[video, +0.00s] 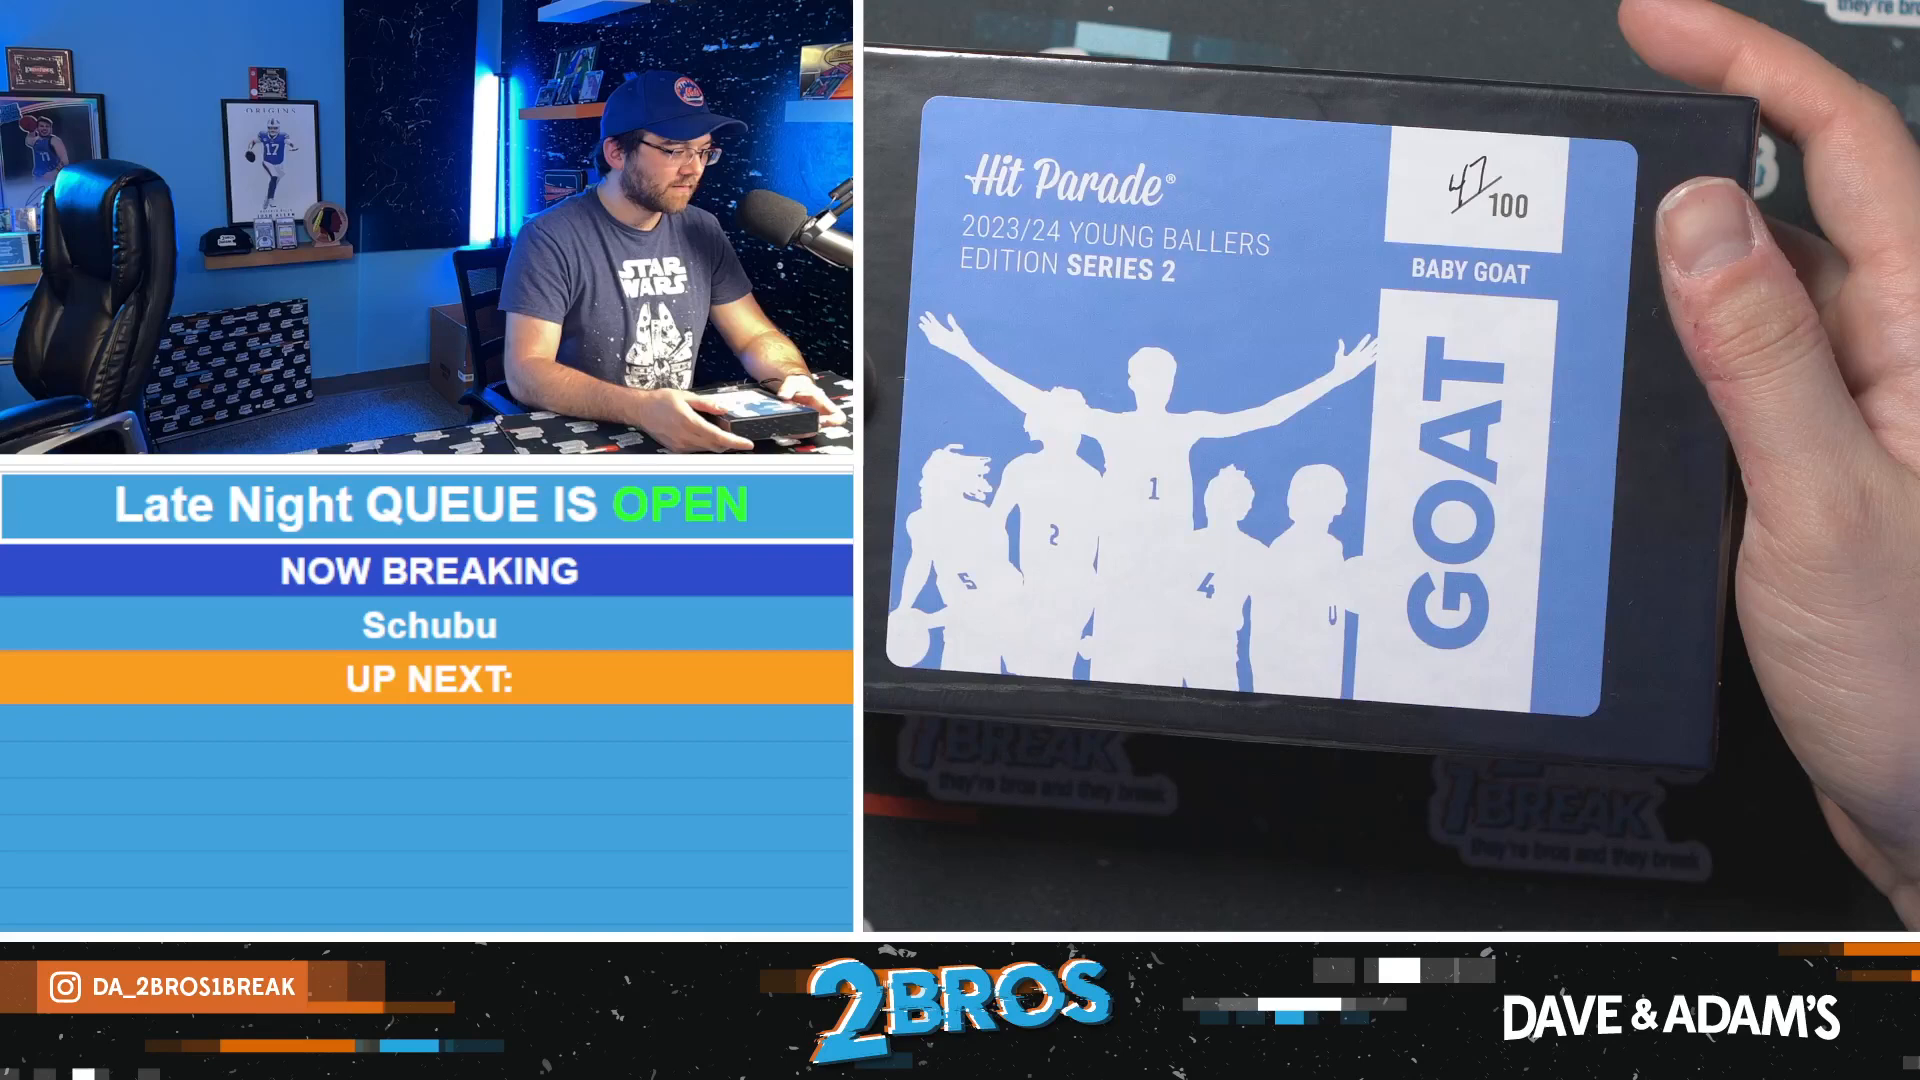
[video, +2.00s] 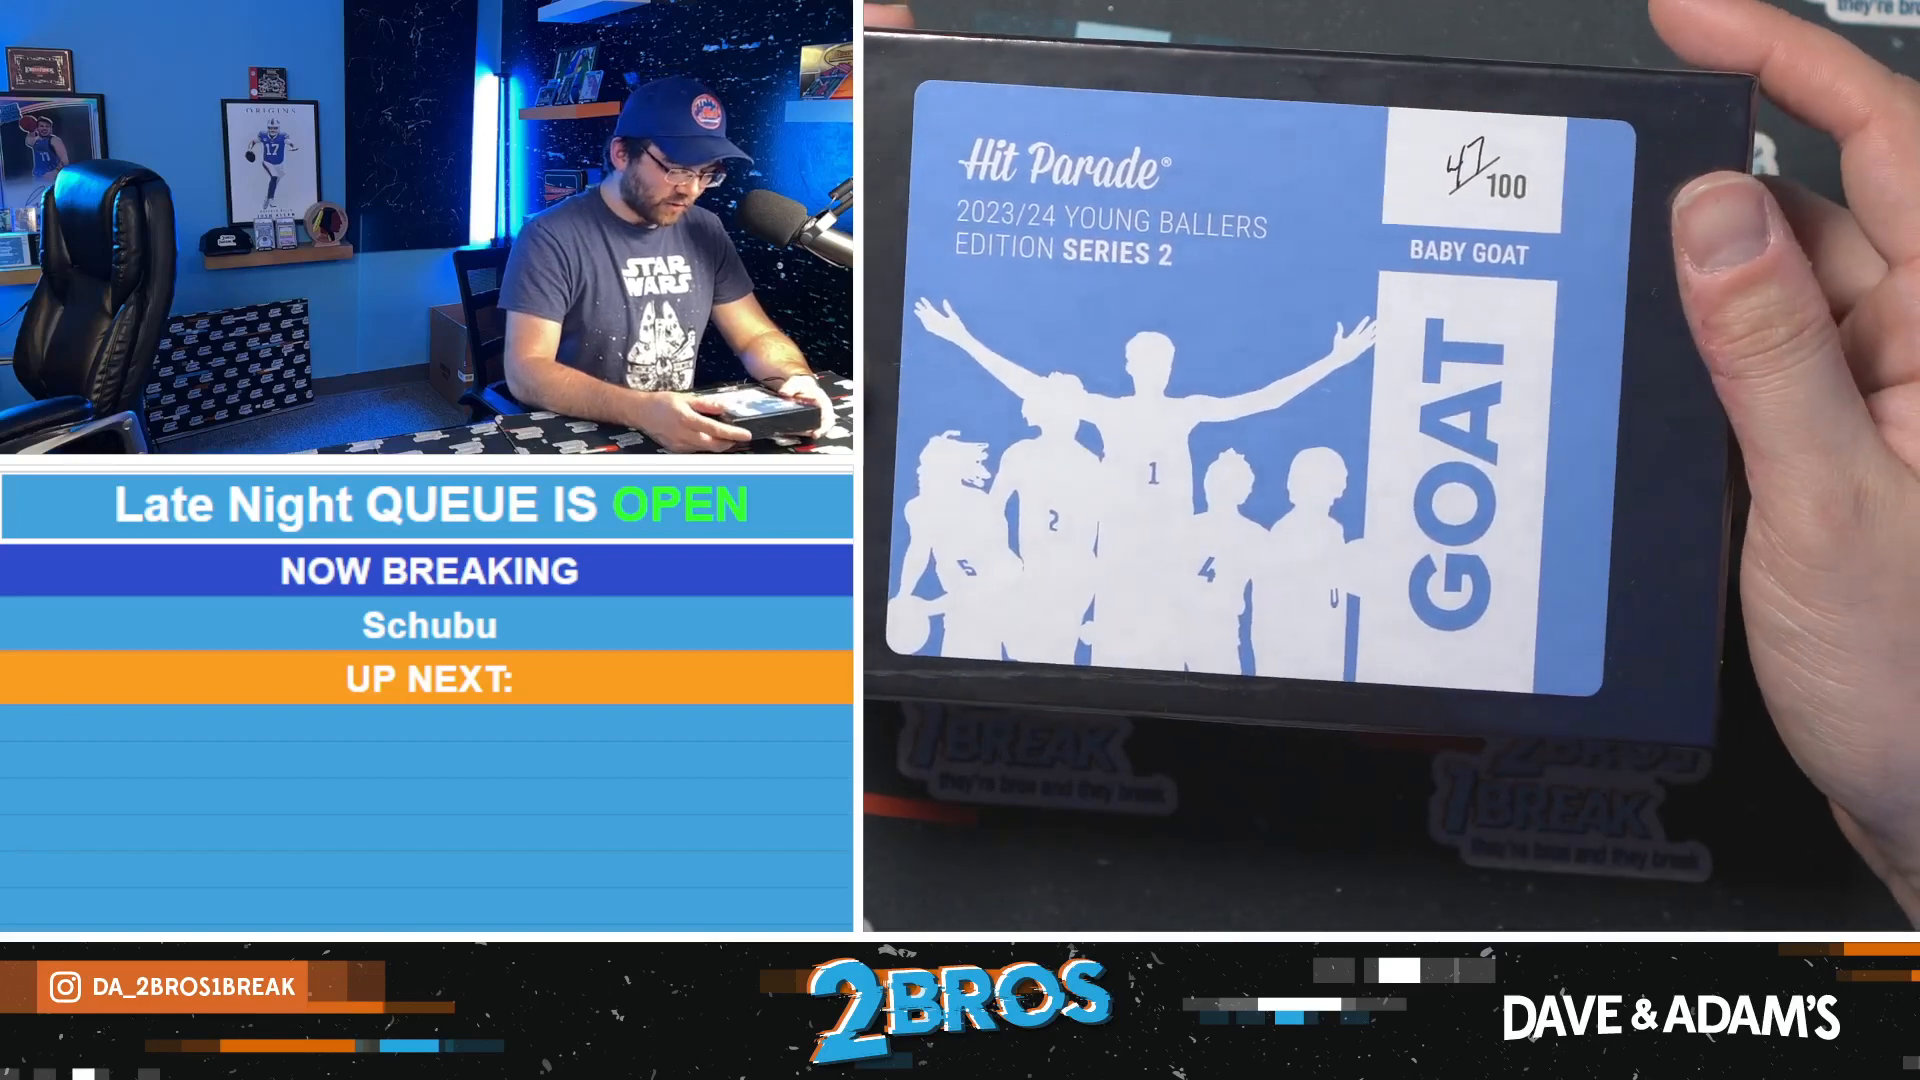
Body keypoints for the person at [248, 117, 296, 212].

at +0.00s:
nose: (273, 130)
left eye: (275, 128)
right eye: (271, 128)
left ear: (278, 128)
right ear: (268, 128)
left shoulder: (283, 136)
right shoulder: (263, 136)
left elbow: (290, 143)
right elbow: (253, 141)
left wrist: (292, 147)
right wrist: (250, 149)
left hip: (279, 164)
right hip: (267, 162)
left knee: (276, 182)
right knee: (274, 176)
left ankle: (267, 200)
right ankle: (270, 199)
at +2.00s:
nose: (273, 130)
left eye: (275, 128)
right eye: (271, 128)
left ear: (278, 128)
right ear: (268, 128)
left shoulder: (283, 136)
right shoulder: (263, 136)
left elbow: (290, 142)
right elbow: (253, 141)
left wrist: (292, 147)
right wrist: (250, 149)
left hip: (279, 164)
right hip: (267, 162)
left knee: (275, 182)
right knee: (274, 176)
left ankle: (267, 199)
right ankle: (270, 199)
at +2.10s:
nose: (273, 130)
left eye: (275, 128)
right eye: (271, 128)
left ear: (278, 128)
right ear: (268, 128)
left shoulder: (283, 136)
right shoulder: (263, 136)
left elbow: (290, 142)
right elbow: (253, 141)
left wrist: (292, 147)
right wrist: (250, 149)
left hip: (279, 164)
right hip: (267, 162)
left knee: (275, 182)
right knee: (274, 176)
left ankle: (267, 199)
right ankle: (270, 199)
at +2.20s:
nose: (273, 130)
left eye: (275, 128)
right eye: (271, 128)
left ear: (278, 128)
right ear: (268, 128)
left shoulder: (283, 136)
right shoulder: (263, 136)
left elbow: (290, 142)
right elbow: (253, 141)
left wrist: (292, 147)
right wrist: (250, 149)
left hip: (279, 164)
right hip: (267, 162)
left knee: (275, 182)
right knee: (274, 176)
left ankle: (267, 199)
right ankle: (270, 199)